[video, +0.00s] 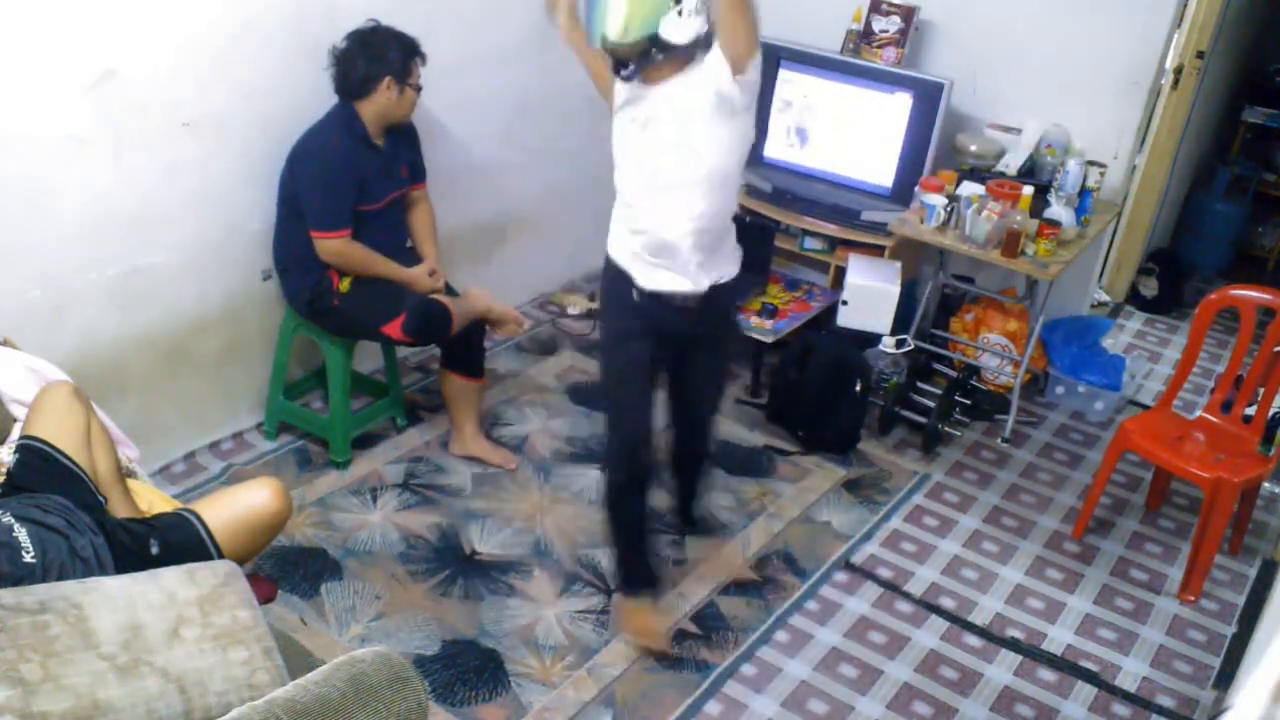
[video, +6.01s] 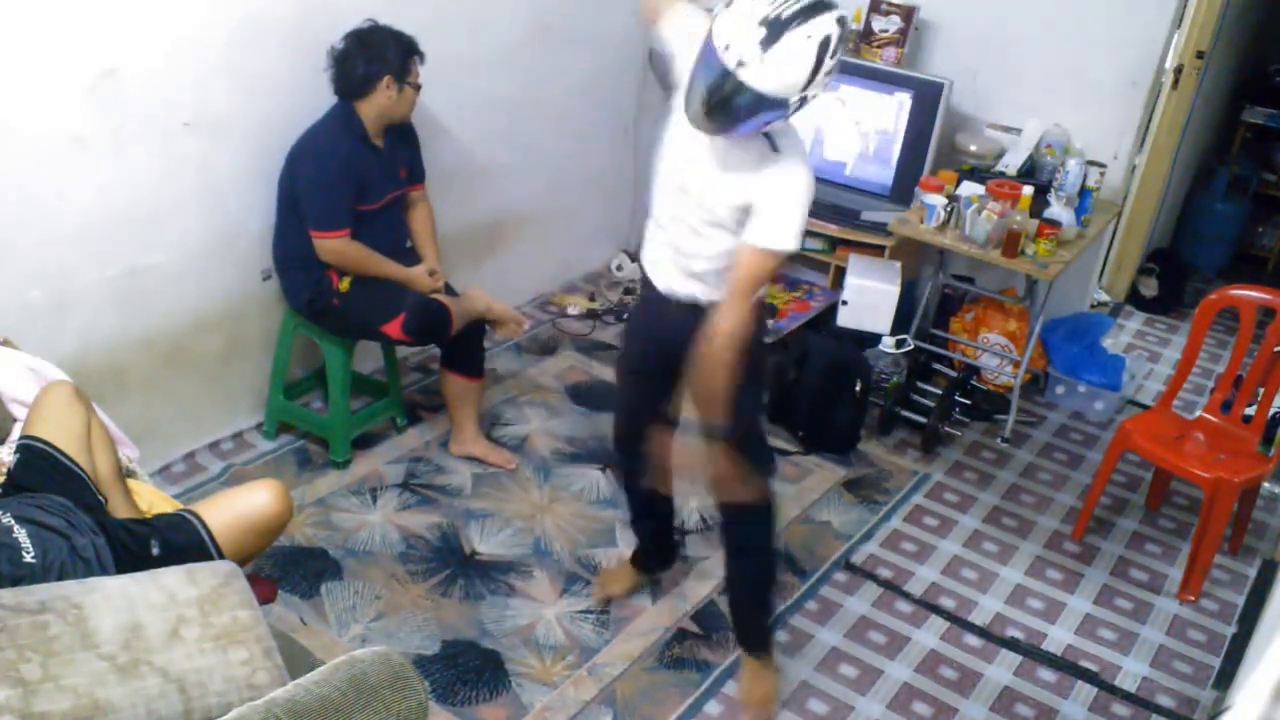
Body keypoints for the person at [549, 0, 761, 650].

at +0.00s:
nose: (627, 69)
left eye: (634, 55)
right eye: (621, 60)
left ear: (667, 43)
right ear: (625, 56)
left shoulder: (727, 79)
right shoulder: (627, 94)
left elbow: (734, 5)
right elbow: (582, 45)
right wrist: (568, 23)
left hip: (706, 297)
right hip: (632, 292)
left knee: (694, 429)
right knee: (628, 441)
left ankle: (686, 517)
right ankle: (634, 585)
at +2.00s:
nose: (634, 63)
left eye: (654, 54)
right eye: (627, 45)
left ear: (681, 49)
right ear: (613, 29)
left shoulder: (692, 100)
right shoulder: (579, 54)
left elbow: (675, 196)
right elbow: (504, 7)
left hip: (670, 268)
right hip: (592, 266)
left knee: (712, 418)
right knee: (590, 414)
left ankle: (769, 565)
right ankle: (593, 523)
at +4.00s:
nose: (647, 85)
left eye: (666, 78)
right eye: (644, 68)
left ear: (683, 71)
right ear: (621, 37)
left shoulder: (669, 111)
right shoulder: (550, 61)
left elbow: (728, 199)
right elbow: (526, 3)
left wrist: (813, 254)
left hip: (611, 286)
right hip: (533, 282)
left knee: (631, 432)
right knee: (526, 428)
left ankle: (627, 565)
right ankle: (528, 544)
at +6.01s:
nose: (725, 104)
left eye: (745, 99)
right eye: (724, 83)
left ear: (779, 103)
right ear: (719, 58)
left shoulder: (784, 172)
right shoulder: (697, 62)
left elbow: (735, 306)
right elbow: (658, 7)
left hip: (724, 323)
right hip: (657, 303)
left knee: (738, 474)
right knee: (638, 438)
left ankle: (755, 649)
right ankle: (654, 551)